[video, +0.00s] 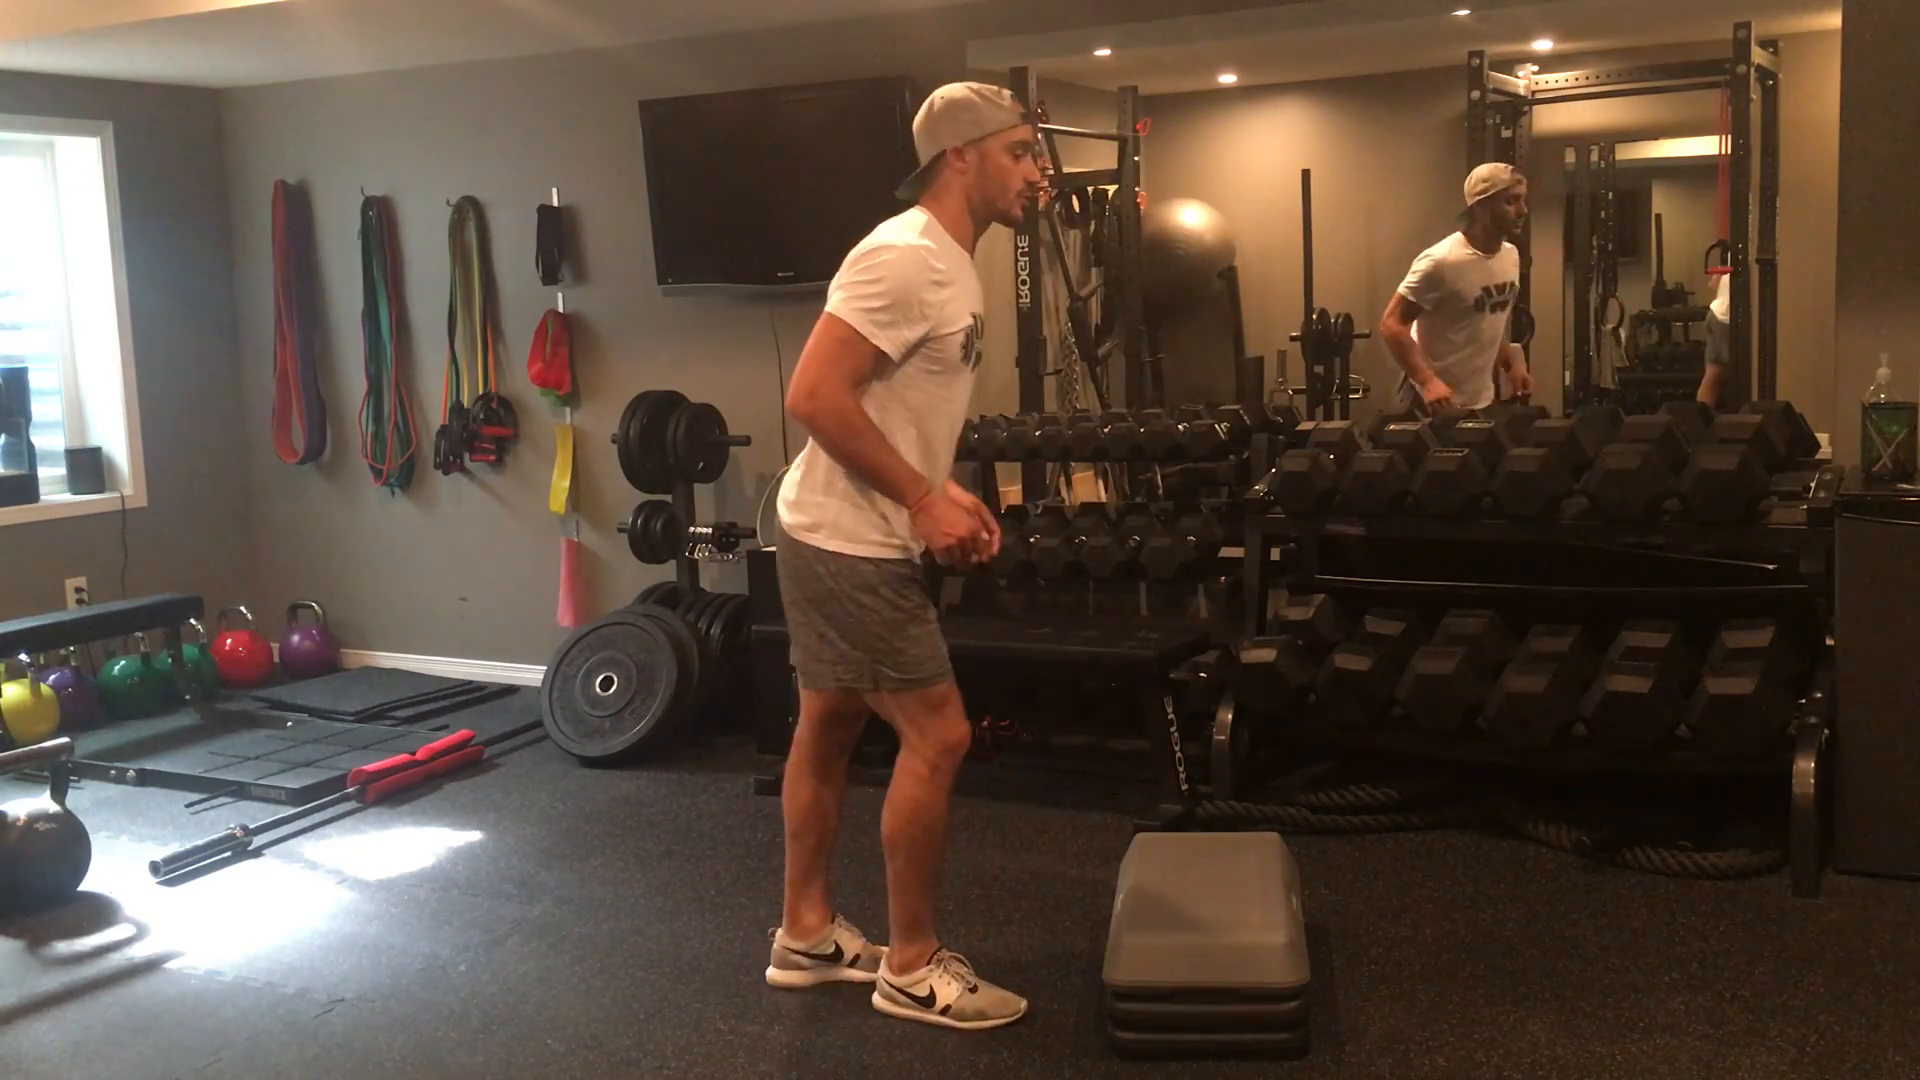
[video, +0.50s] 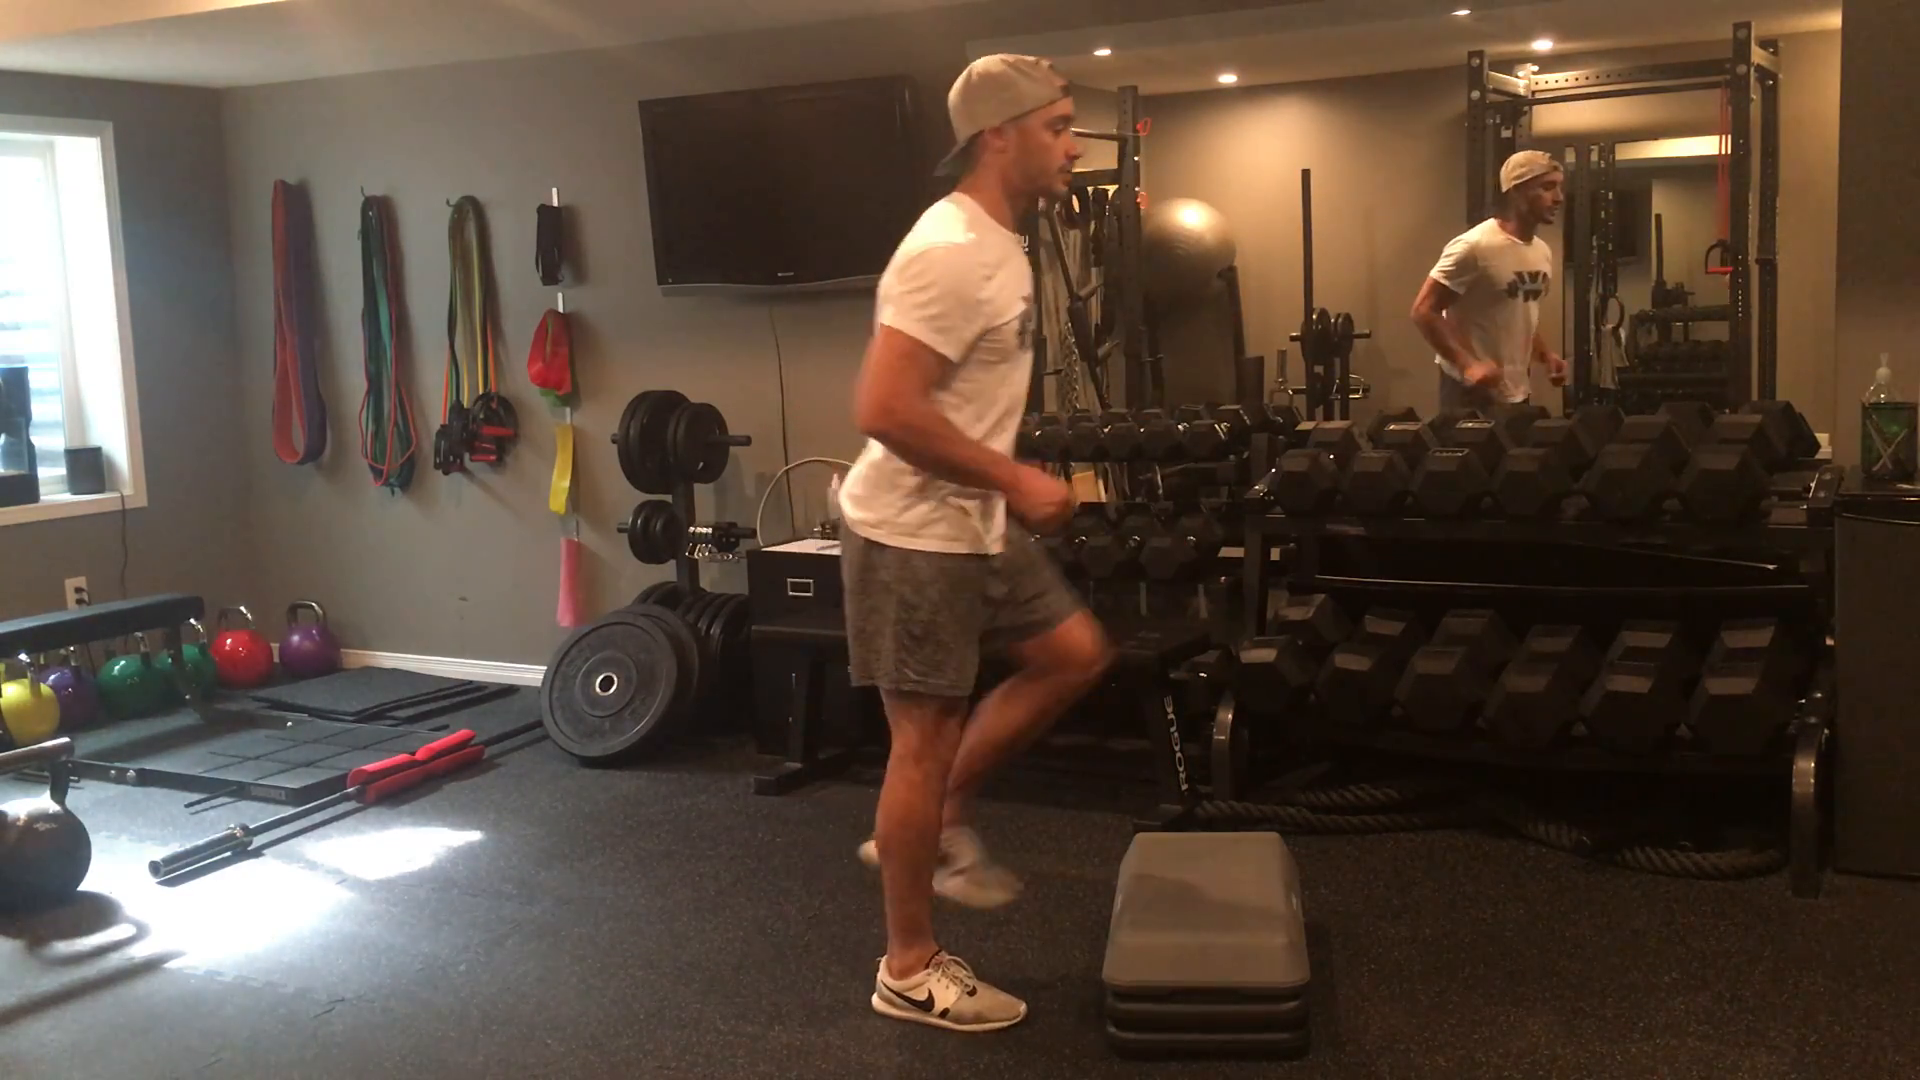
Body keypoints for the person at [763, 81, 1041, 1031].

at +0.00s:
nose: (1035, 171)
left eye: (1034, 154)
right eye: (1019, 153)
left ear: (972, 164)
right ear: (963, 160)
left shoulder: (952, 266)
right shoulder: (902, 254)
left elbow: (898, 417)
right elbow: (815, 393)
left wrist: (945, 498)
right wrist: (921, 497)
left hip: (868, 539)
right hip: (843, 542)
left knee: (826, 727)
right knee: (936, 735)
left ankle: (805, 929)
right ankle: (910, 964)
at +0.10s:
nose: (1035, 173)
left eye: (1034, 156)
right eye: (1019, 154)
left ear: (970, 164)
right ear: (961, 160)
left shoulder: (948, 262)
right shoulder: (899, 254)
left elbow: (890, 413)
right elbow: (812, 392)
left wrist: (923, 519)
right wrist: (923, 498)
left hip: (866, 536)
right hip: (843, 538)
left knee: (833, 727)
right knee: (931, 735)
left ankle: (805, 929)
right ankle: (907, 964)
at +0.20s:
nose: (1037, 172)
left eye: (1036, 154)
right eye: (1021, 153)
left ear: (973, 165)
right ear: (962, 162)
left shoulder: (954, 264)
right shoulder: (898, 255)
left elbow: (897, 411)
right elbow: (811, 394)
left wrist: (935, 509)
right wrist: (928, 494)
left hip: (879, 539)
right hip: (854, 542)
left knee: (844, 724)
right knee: (941, 736)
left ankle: (805, 929)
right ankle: (908, 962)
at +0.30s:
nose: (1045, 165)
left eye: (1044, 147)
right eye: (1030, 147)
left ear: (983, 160)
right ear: (969, 156)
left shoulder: (969, 260)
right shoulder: (906, 253)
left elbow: (909, 396)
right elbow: (812, 389)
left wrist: (978, 454)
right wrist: (937, 473)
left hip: (904, 537)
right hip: (875, 541)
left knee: (876, 733)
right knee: (944, 738)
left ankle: (808, 929)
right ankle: (909, 965)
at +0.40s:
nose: (1056, 154)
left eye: (1054, 137)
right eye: (1040, 137)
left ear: (994, 148)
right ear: (984, 146)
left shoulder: (981, 251)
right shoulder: (925, 250)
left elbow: (916, 398)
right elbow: (834, 392)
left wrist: (1001, 423)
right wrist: (962, 468)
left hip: (938, 533)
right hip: (891, 537)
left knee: (990, 701)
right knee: (932, 740)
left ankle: (845, 879)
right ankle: (907, 965)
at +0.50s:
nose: (1075, 142)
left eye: (1072, 125)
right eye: (1059, 126)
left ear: (1012, 140)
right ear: (999, 138)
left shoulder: (998, 243)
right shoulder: (948, 249)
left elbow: (940, 398)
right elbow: (885, 407)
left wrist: (1009, 477)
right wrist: (1013, 476)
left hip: (976, 524)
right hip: (913, 533)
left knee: (1072, 652)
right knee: (923, 746)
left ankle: (930, 811)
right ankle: (906, 965)